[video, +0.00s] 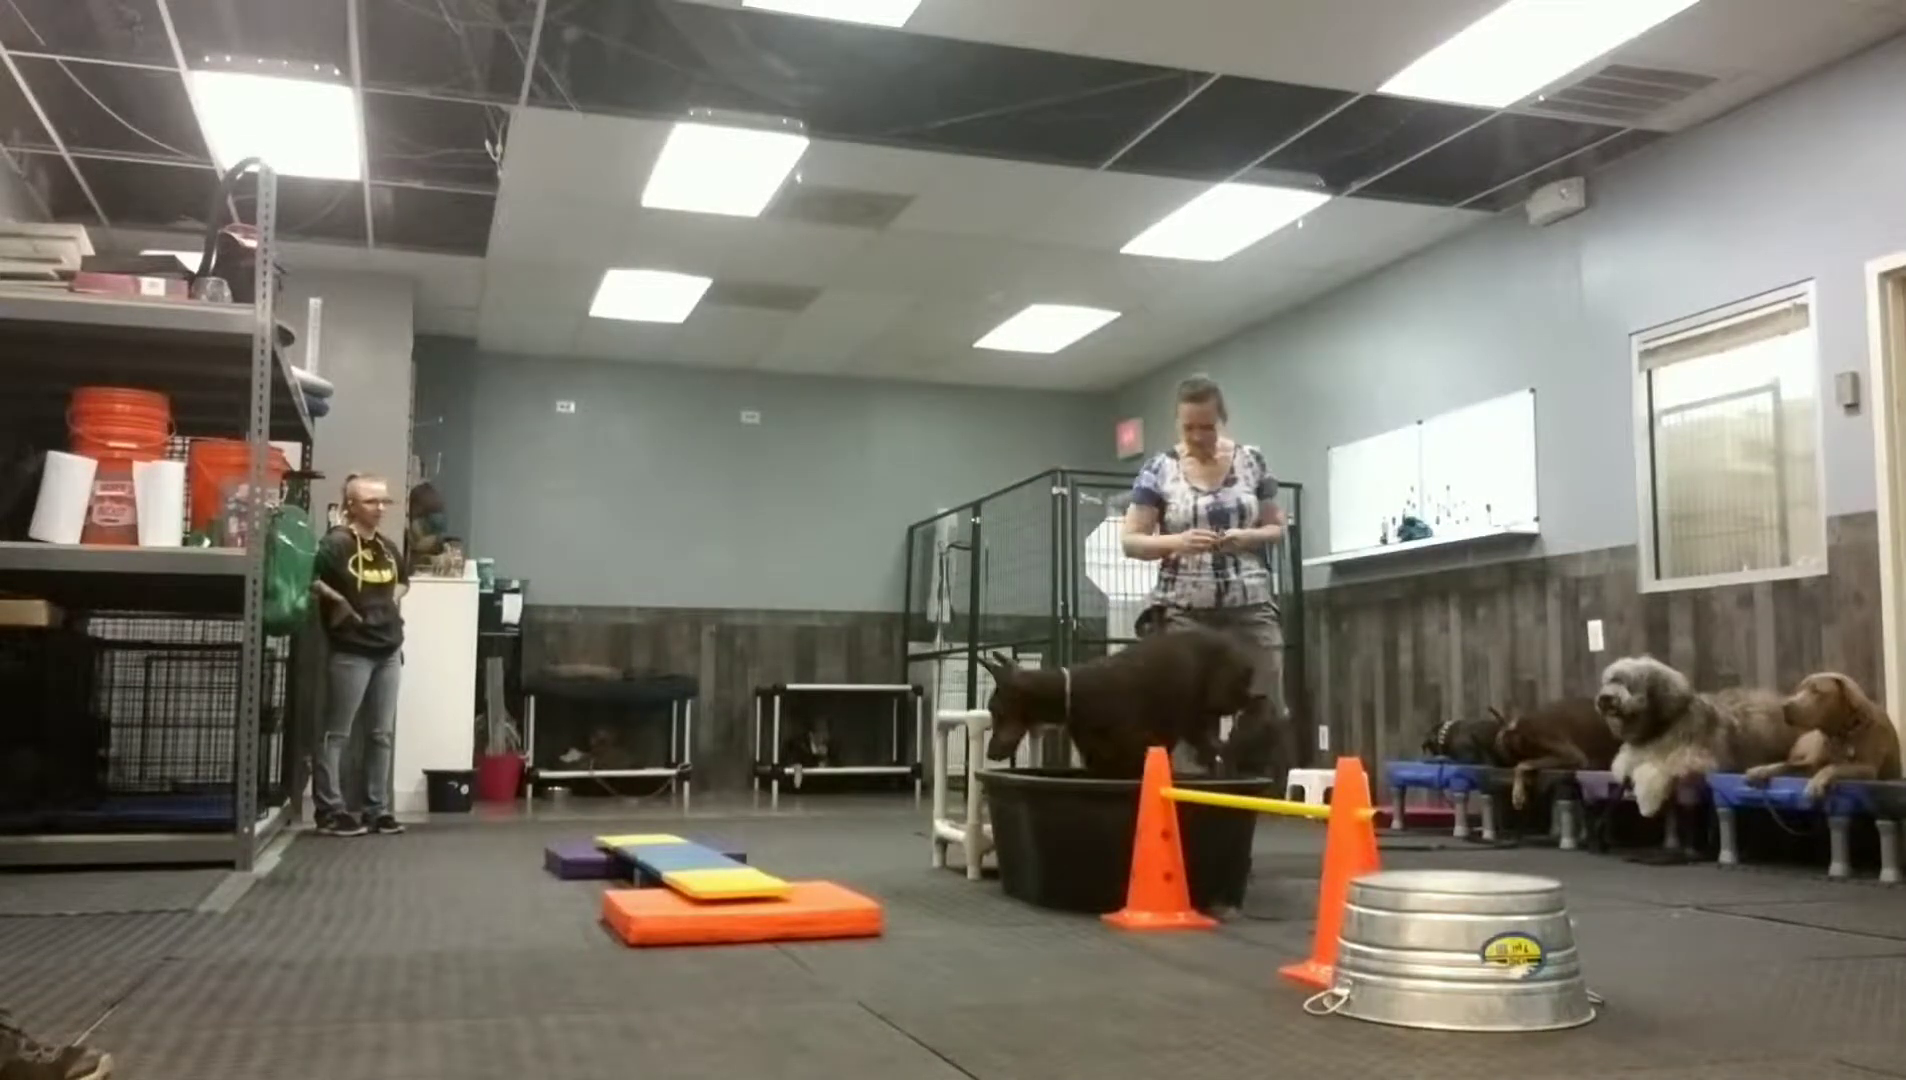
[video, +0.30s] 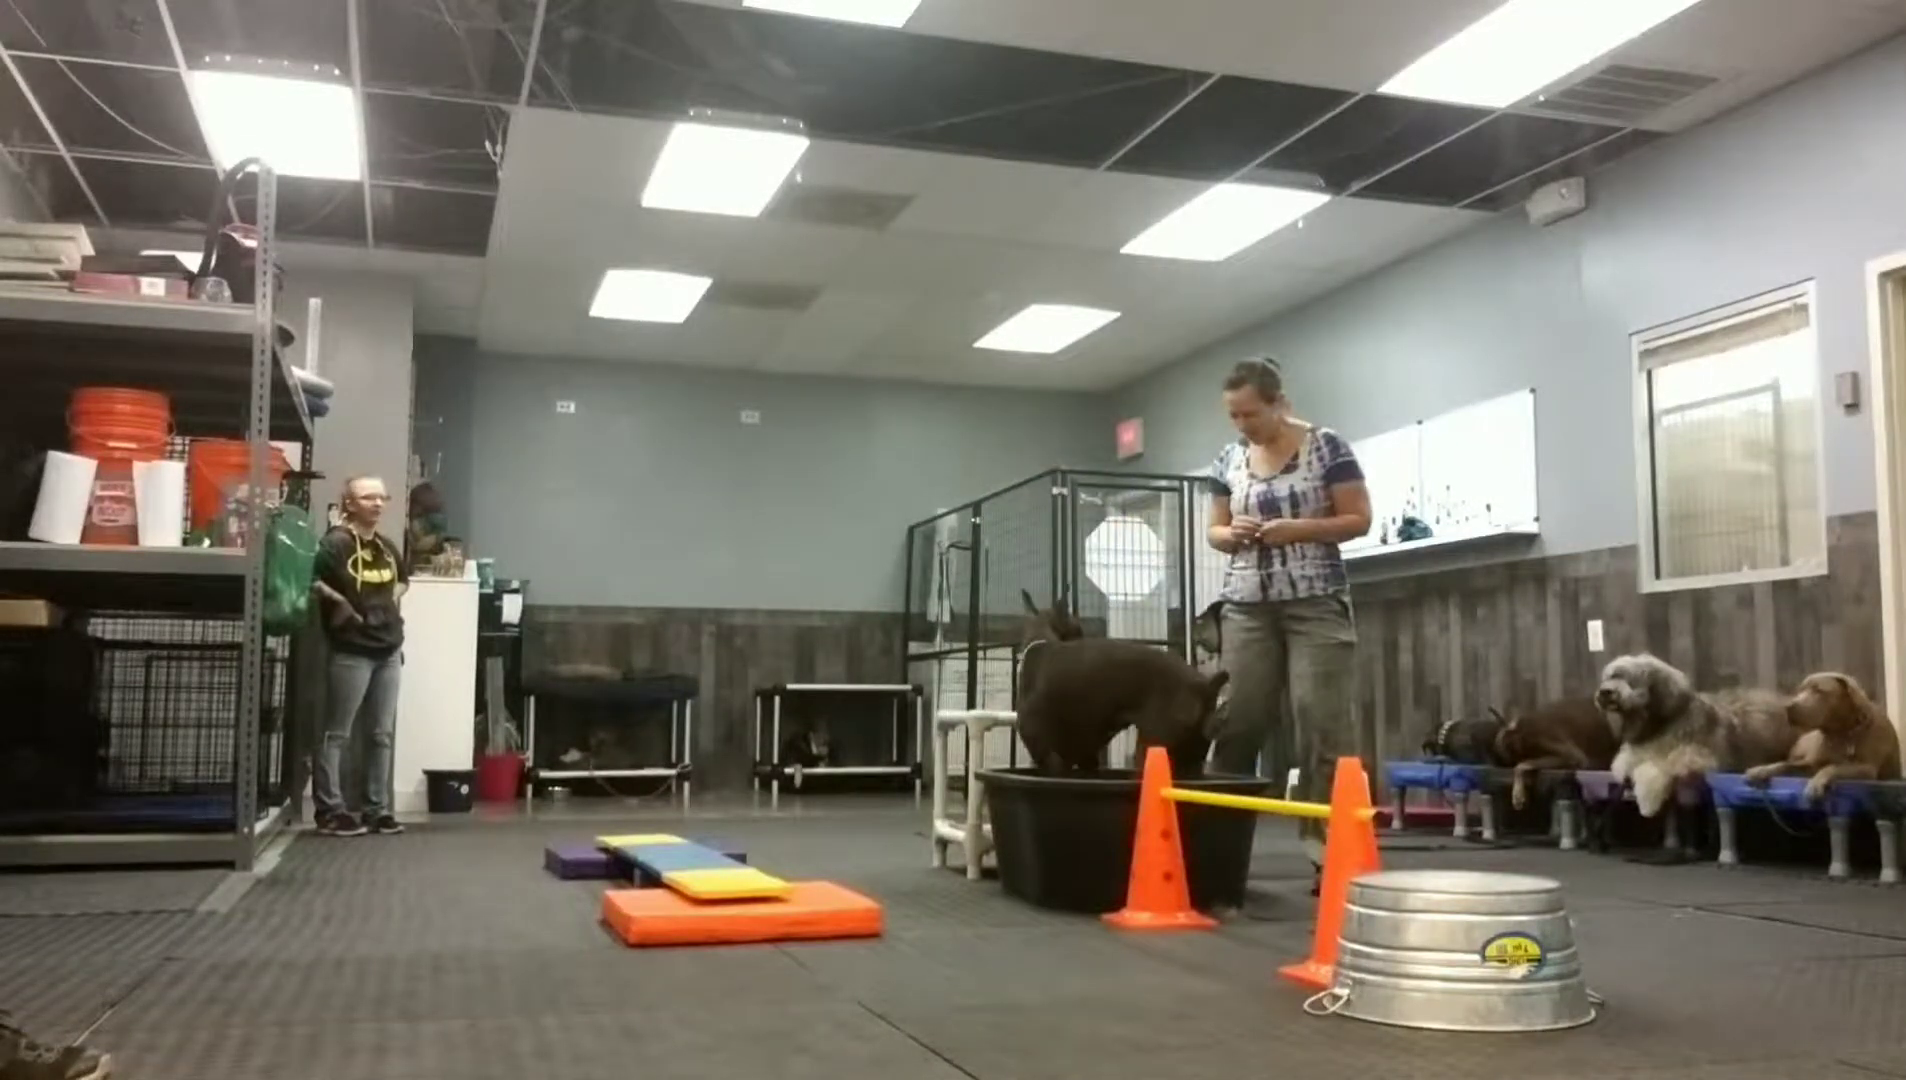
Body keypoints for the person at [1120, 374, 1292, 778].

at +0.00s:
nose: (1197, 436)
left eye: (1205, 427)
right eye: (1189, 427)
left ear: (1221, 419)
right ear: (1178, 422)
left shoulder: (1250, 462)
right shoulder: (1159, 469)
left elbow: (1276, 529)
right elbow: (1131, 541)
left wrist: (1239, 538)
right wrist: (1178, 542)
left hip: (1251, 610)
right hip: (1184, 612)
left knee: (1267, 715)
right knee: (1188, 721)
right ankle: (1190, 814)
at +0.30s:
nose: (1240, 427)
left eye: (1247, 416)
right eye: (1234, 417)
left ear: (1278, 404)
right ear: (1232, 412)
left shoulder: (1326, 447)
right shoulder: (1231, 461)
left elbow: (1358, 520)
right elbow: (1216, 532)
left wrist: (1293, 529)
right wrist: (1232, 536)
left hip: (1315, 606)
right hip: (1246, 608)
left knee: (1322, 723)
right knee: (1240, 720)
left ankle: (1325, 844)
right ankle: (1216, 837)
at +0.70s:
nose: (1230, 415)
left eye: (1237, 402)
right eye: (1224, 404)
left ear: (1270, 388)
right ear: (1228, 397)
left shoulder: (1329, 429)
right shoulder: (1229, 447)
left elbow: (1366, 503)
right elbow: (1197, 517)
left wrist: (1315, 515)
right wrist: (1222, 530)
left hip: (1322, 603)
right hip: (1253, 609)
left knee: (1308, 728)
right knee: (1264, 741)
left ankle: (1345, 854)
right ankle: (1281, 867)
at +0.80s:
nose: (1223, 413)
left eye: (1229, 399)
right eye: (1216, 402)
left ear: (1263, 384)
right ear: (1220, 395)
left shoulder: (1327, 424)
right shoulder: (1225, 446)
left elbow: (1368, 499)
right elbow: (1176, 510)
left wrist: (1309, 514)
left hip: (1321, 600)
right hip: (1253, 607)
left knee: (1311, 734)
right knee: (1264, 738)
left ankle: (1313, 870)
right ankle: (1276, 865)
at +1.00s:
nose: (1215, 407)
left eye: (1218, 394)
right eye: (1209, 398)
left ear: (1251, 374)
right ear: (1240, 382)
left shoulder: (1316, 414)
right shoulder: (1243, 441)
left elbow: (1357, 497)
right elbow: (1250, 516)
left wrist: (1277, 514)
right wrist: (1199, 525)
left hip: (1318, 595)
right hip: (1259, 601)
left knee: (1316, 732)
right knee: (1272, 734)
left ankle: (1325, 866)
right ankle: (1292, 858)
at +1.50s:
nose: (1209, 414)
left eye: (1209, 402)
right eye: (1203, 406)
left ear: (1238, 381)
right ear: (1233, 387)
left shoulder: (1310, 415)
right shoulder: (1245, 449)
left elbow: (1354, 494)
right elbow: (1215, 511)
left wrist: (1274, 519)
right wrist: (1162, 557)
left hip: (1324, 594)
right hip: (1272, 601)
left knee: (1323, 730)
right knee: (1281, 731)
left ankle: (1325, 869)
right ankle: (1293, 862)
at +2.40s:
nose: (1254, 419)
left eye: (1257, 406)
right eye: (1248, 411)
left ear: (1288, 385)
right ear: (1273, 394)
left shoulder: (1351, 421)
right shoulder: (1279, 452)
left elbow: (1395, 498)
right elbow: (1294, 527)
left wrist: (1316, 516)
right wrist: (1245, 548)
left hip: (1357, 595)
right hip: (1296, 603)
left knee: (1330, 717)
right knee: (1287, 728)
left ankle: (1396, 839)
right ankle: (1296, 864)